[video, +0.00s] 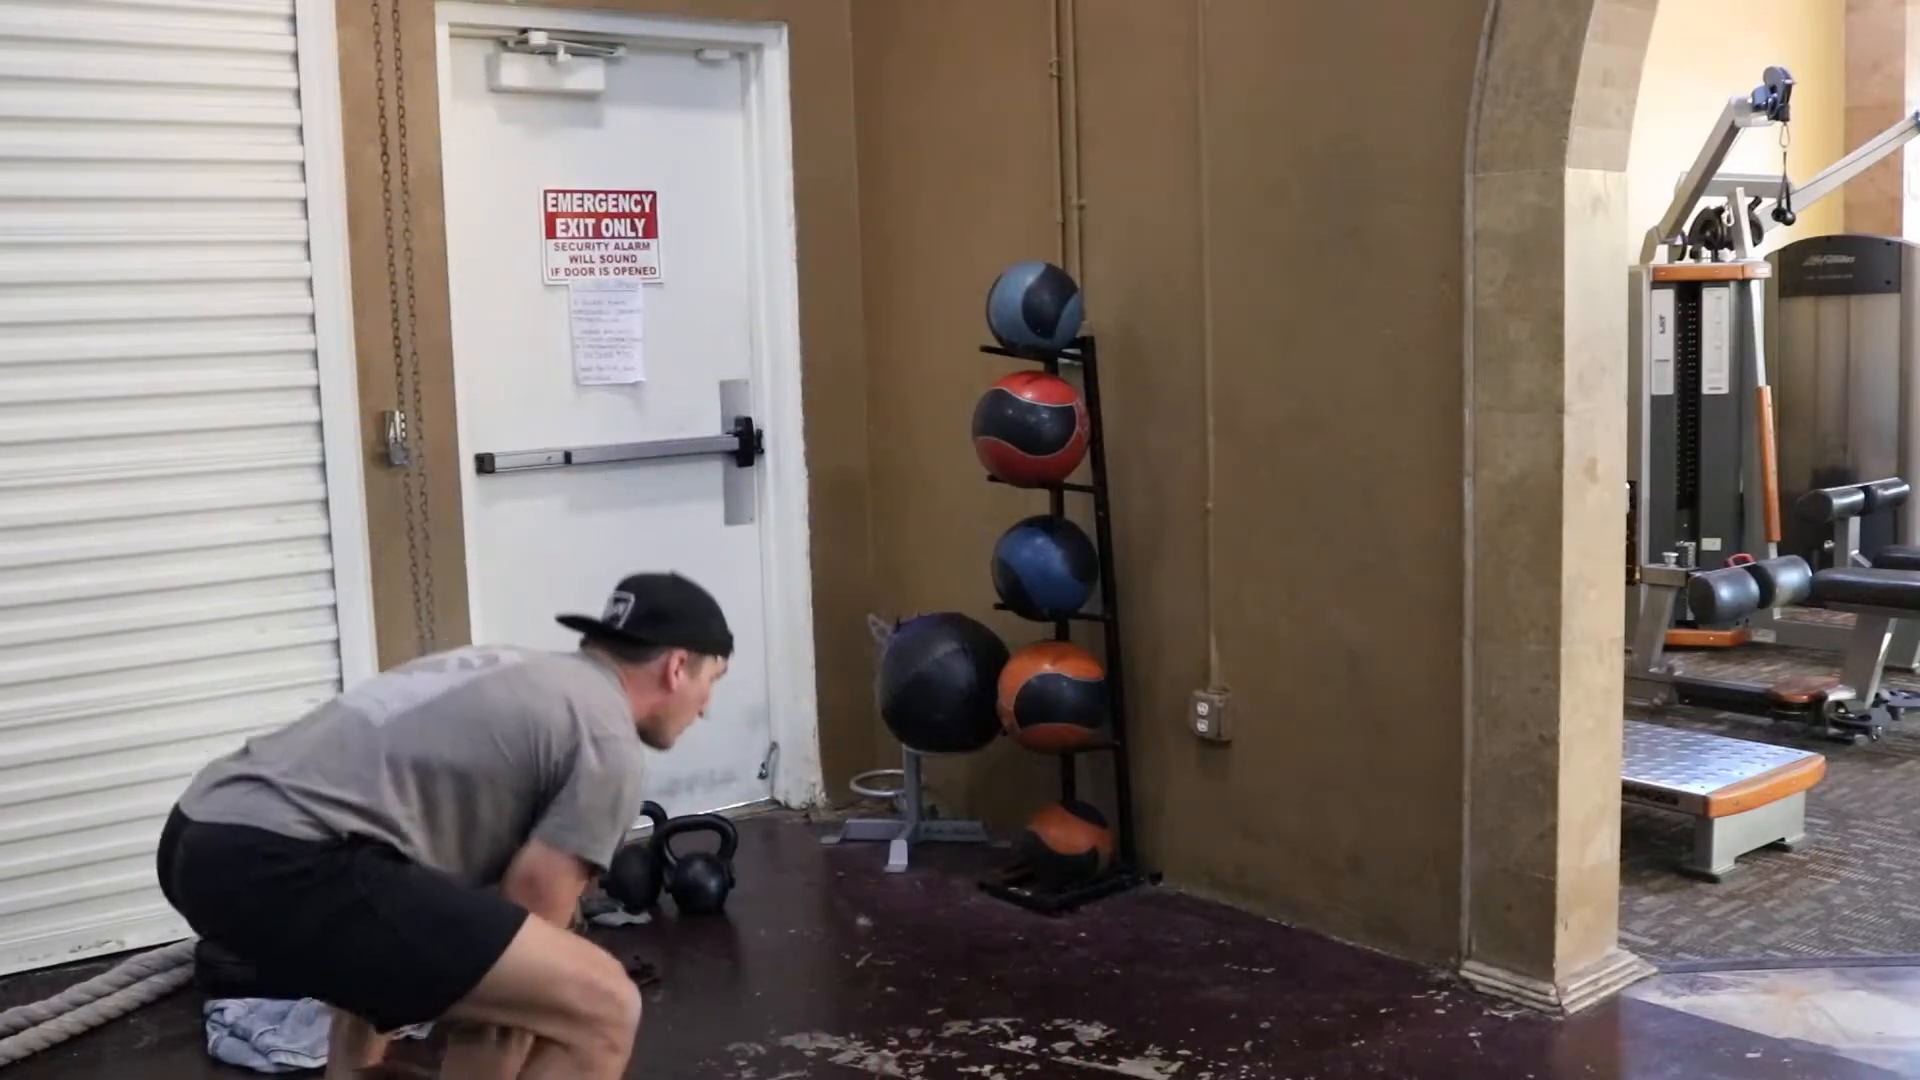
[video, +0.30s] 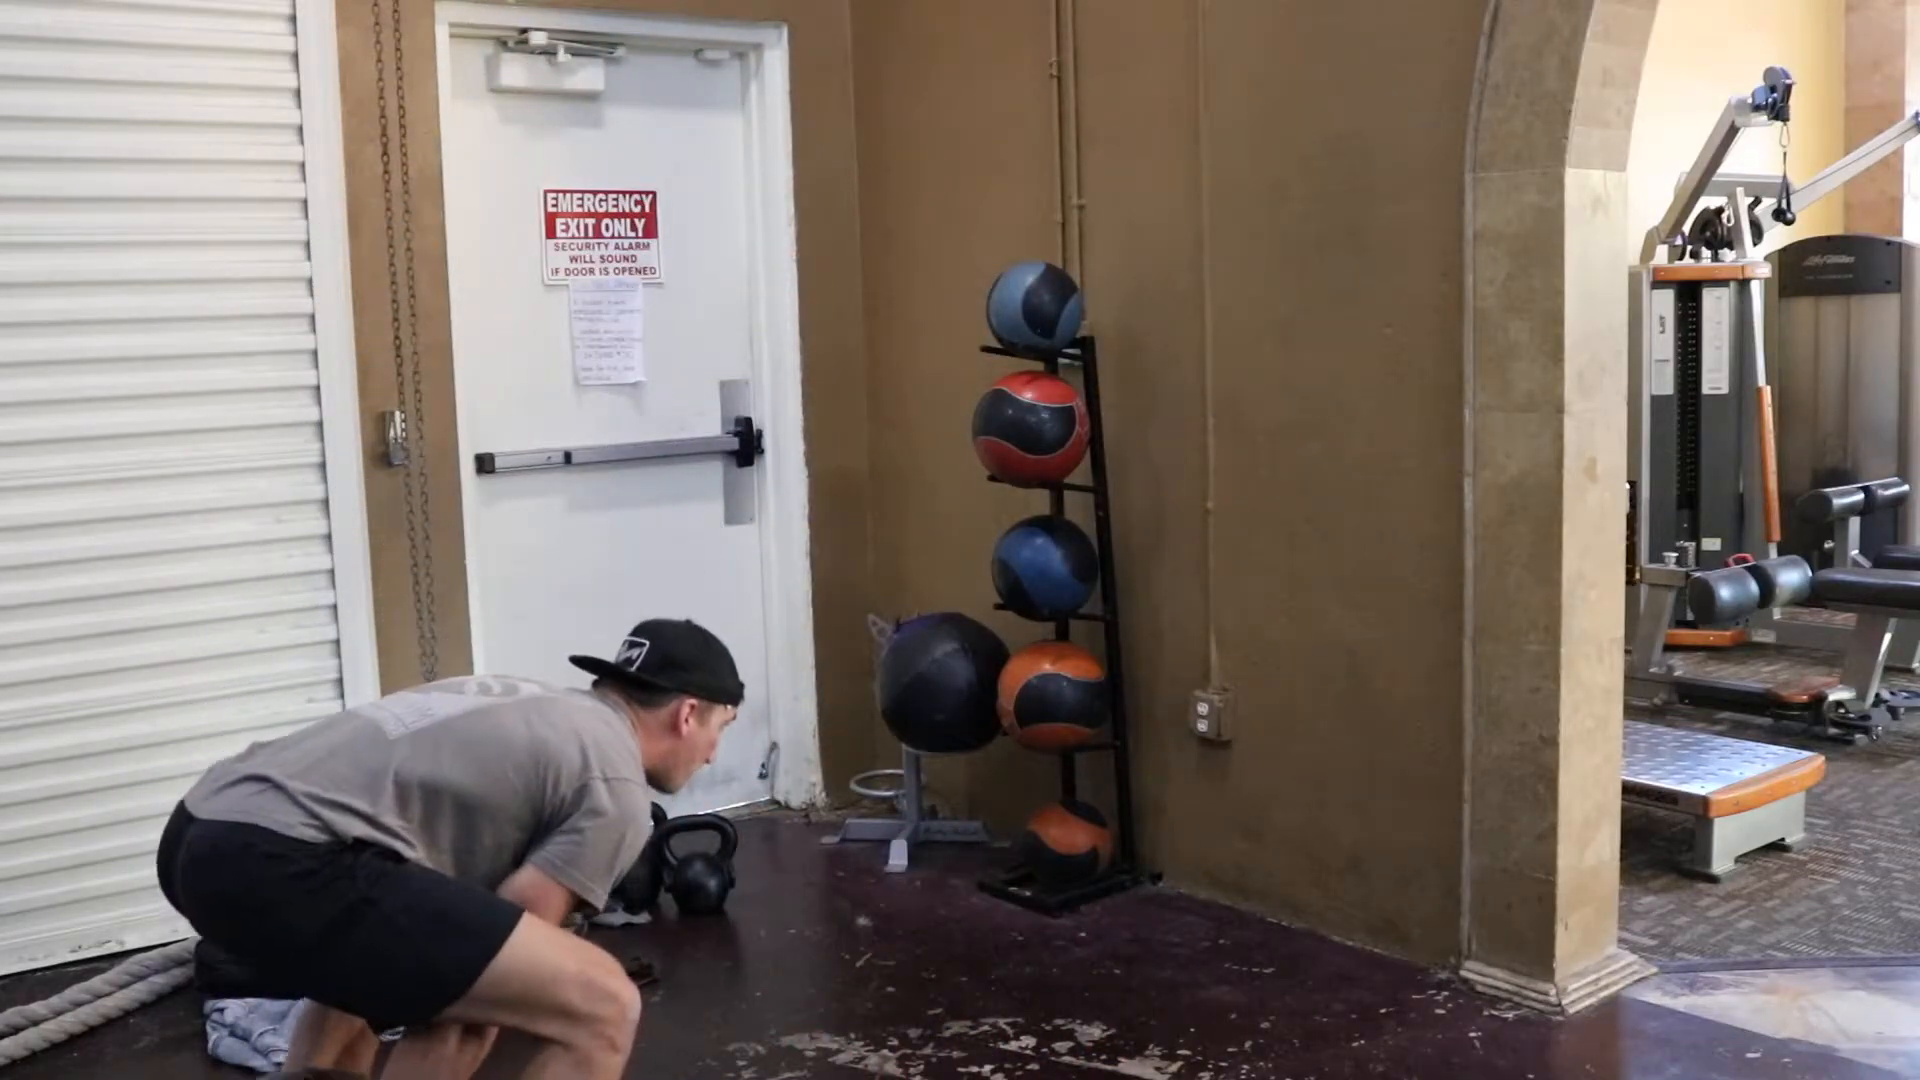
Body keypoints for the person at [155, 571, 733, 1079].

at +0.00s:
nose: (707, 706)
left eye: (714, 684)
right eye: (711, 681)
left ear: (609, 644)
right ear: (675, 669)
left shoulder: (511, 667)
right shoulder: (608, 740)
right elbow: (519, 932)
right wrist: (494, 1045)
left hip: (197, 840)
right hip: (283, 865)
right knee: (602, 1006)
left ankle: (354, 1059)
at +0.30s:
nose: (714, 754)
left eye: (721, 732)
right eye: (720, 729)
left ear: (619, 685)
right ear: (685, 715)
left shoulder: (524, 701)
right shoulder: (618, 790)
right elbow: (492, 962)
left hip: (195, 841)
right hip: (292, 867)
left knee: (368, 967)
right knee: (604, 1009)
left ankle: (311, 1067)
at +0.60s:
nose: (656, 403)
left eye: (655, 379)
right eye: (648, 379)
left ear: (553, 384)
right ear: (608, 387)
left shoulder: (461, 460)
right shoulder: (569, 507)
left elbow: (444, 740)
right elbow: (538, 759)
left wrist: (484, 942)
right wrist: (517, 975)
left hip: (243, 724)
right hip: (335, 748)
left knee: (381, 885)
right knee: (583, 999)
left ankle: (340, 1066)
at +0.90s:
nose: (471, 179)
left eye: (466, 157)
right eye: (461, 154)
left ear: (372, 153)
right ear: (408, 153)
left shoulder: (306, 267)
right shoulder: (432, 263)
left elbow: (515, 196)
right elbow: (642, 201)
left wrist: (662, 130)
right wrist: (790, 101)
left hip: (382, 639)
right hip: (487, 641)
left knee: (400, 895)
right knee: (529, 936)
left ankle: (357, 1070)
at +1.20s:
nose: (550, 194)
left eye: (553, 170)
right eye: (546, 167)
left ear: (420, 155)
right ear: (484, 162)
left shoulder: (353, 251)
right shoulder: (463, 254)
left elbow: (397, 49)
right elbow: (554, 21)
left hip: (394, 645)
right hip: (497, 654)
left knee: (391, 913)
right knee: (515, 963)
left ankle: (354, 1072)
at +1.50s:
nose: (535, 205)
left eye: (541, 187)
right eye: (533, 184)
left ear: (427, 168)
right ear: (484, 170)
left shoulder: (335, 262)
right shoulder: (456, 264)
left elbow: (506, 244)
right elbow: (694, 259)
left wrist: (642, 205)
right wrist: (830, 176)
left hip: (373, 642)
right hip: (472, 653)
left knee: (395, 910)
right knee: (510, 962)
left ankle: (355, 1074)